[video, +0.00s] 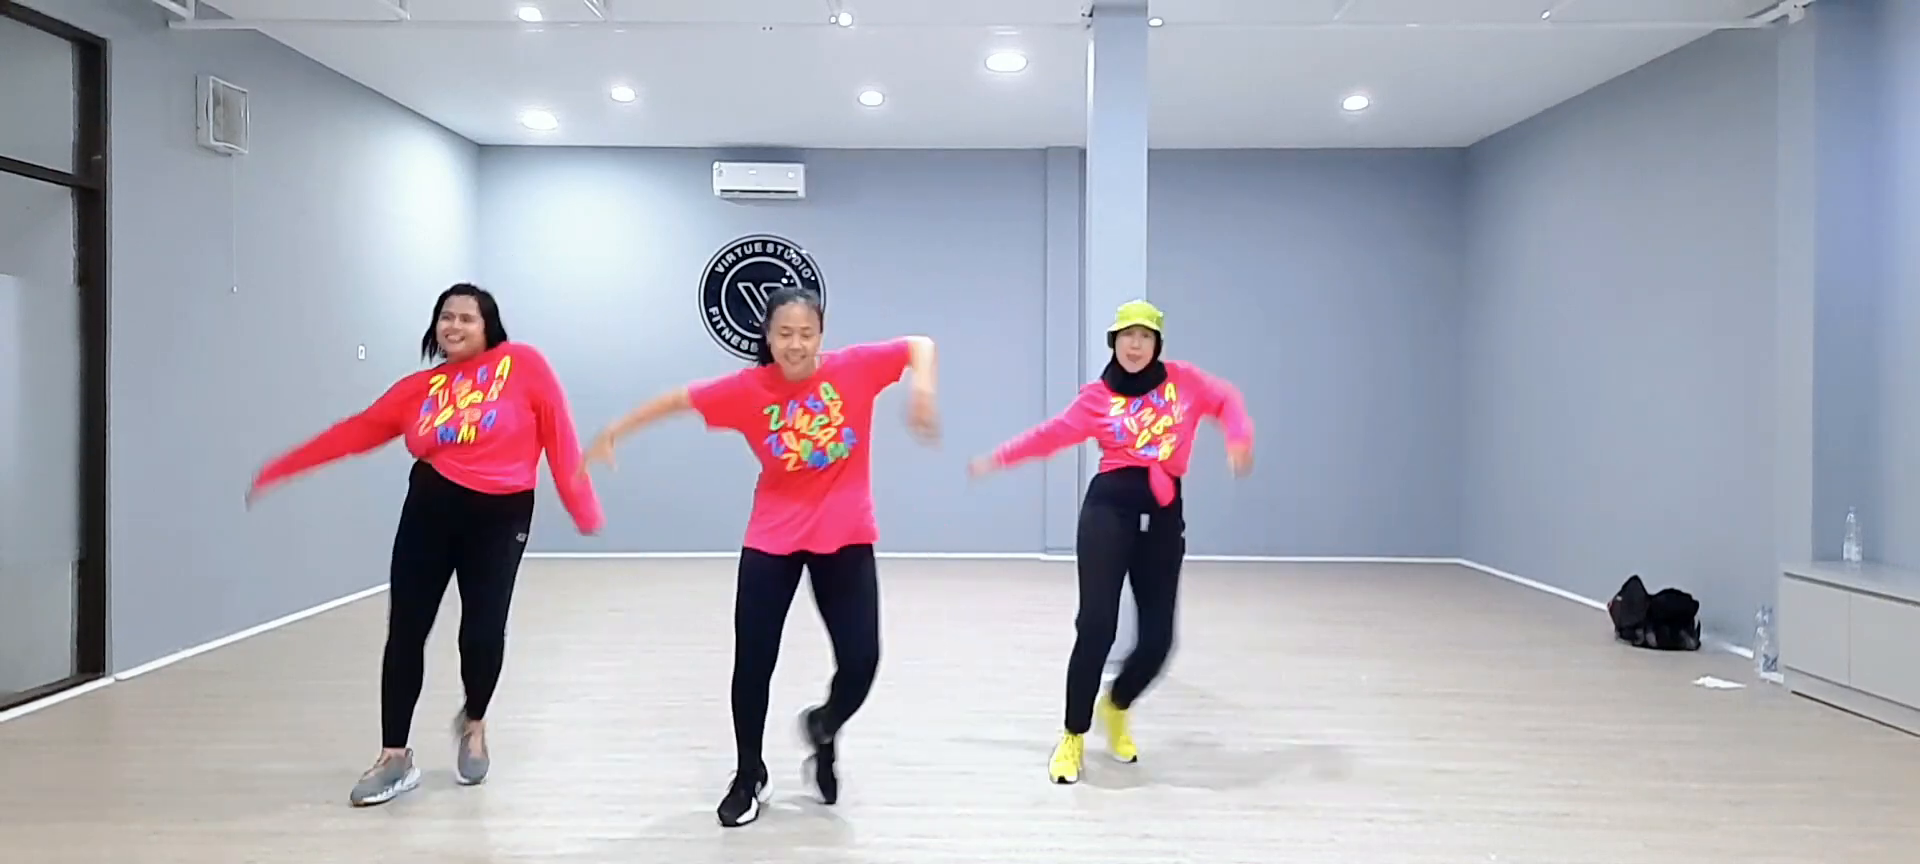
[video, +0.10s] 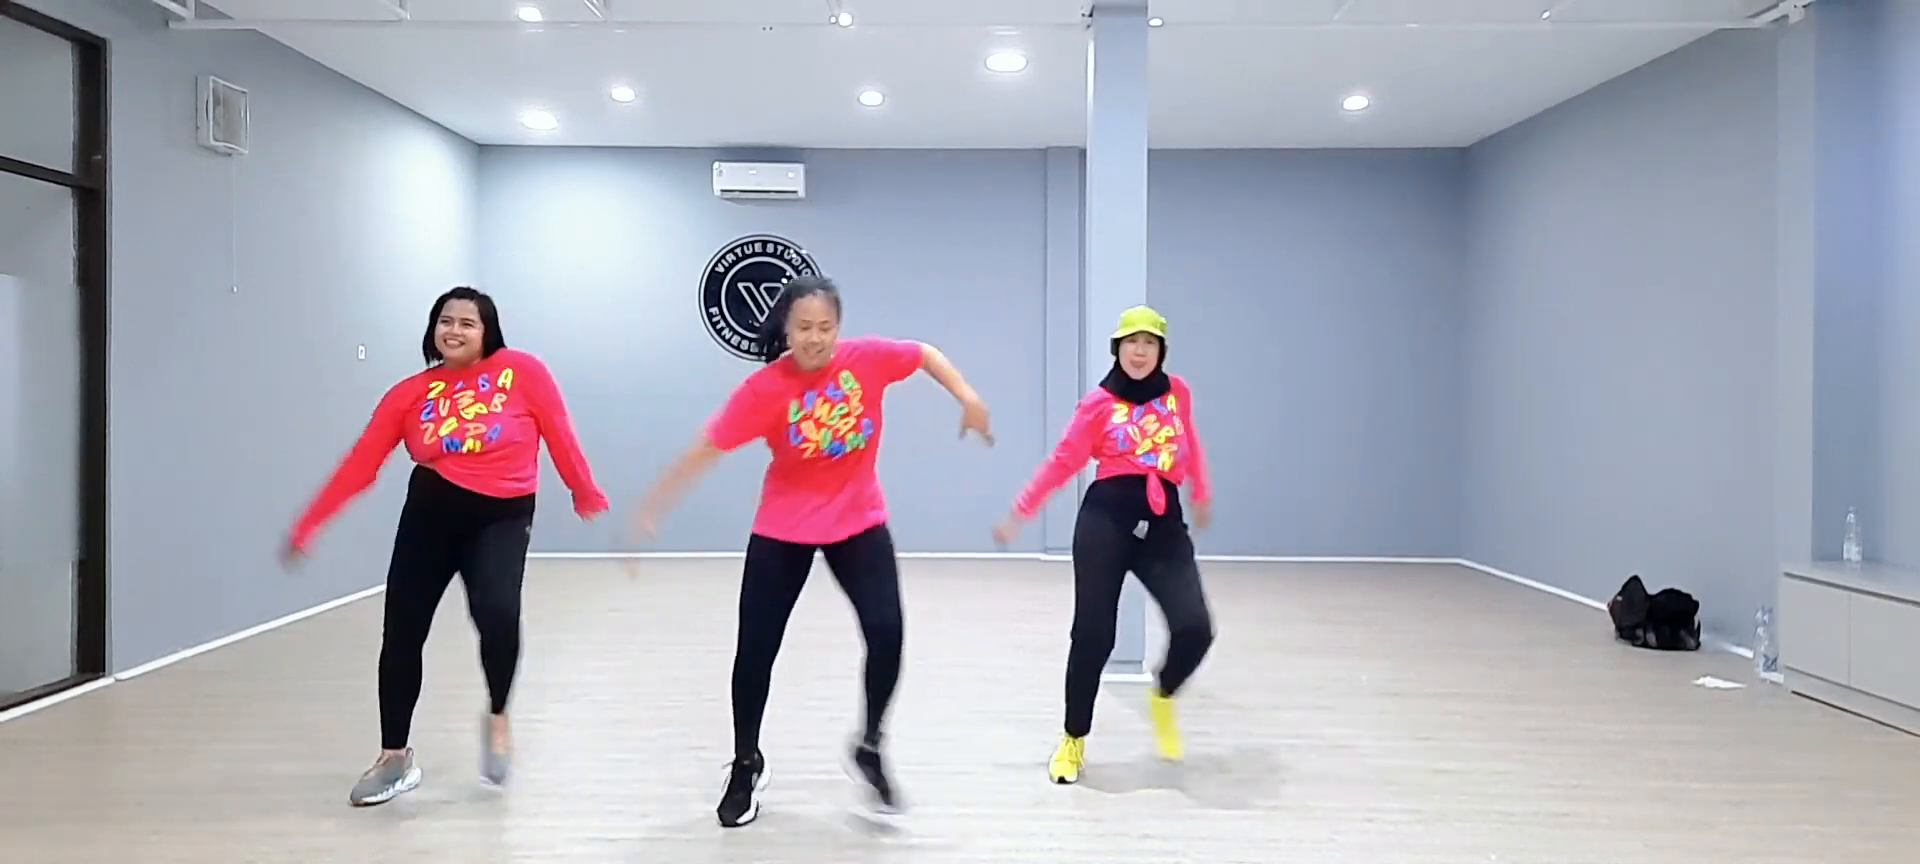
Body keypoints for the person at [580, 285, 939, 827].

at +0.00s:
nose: (796, 344)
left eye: (806, 333)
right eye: (785, 334)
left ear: (822, 337)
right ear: (768, 338)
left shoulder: (851, 368)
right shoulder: (747, 389)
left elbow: (922, 346)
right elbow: (677, 401)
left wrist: (922, 394)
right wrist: (612, 432)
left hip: (844, 533)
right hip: (774, 534)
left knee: (861, 661)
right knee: (752, 660)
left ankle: (823, 728)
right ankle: (749, 772)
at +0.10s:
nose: (814, 337)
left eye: (824, 326)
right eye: (803, 327)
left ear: (838, 328)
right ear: (786, 331)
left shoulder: (866, 359)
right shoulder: (765, 389)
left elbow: (926, 355)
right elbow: (706, 450)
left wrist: (971, 400)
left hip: (857, 521)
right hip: (784, 525)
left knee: (887, 631)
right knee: (755, 649)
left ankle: (870, 745)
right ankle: (746, 763)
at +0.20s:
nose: (837, 342)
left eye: (847, 331)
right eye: (826, 331)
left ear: (862, 332)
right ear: (808, 334)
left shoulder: (883, 360)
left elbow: (925, 369)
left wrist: (973, 401)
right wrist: (758, 580)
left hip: (875, 519)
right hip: (804, 525)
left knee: (905, 638)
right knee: (754, 642)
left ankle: (935, 777)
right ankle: (752, 757)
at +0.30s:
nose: (862, 365)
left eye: (872, 354)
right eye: (849, 354)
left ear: (887, 360)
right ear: (830, 360)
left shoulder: (895, 390)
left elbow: (925, 404)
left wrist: (956, 425)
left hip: (897, 561)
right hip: (822, 565)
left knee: (932, 677)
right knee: (764, 682)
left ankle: (964, 814)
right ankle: (755, 766)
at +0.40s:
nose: (886, 370)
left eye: (895, 359)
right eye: (873, 361)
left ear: (911, 365)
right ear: (855, 373)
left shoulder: (924, 408)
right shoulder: (850, 437)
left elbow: (935, 444)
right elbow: (895, 502)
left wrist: (945, 464)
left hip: (916, 571)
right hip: (848, 578)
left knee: (956, 678)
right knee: (794, 701)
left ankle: (968, 823)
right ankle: (753, 768)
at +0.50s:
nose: (908, 342)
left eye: (918, 331)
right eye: (896, 333)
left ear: (933, 338)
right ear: (878, 344)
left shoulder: (949, 391)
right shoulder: (864, 398)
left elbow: (958, 471)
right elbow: (880, 450)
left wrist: (955, 458)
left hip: (928, 546)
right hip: (855, 547)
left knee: (953, 671)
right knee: (801, 675)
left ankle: (968, 818)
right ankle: (781, 763)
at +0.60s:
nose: (922, 313)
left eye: (931, 303)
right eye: (908, 304)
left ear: (947, 313)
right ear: (890, 314)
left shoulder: (962, 372)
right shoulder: (864, 357)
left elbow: (973, 450)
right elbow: (857, 423)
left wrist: (962, 469)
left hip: (926, 521)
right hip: (850, 515)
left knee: (932, 653)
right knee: (819, 654)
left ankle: (961, 804)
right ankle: (812, 782)